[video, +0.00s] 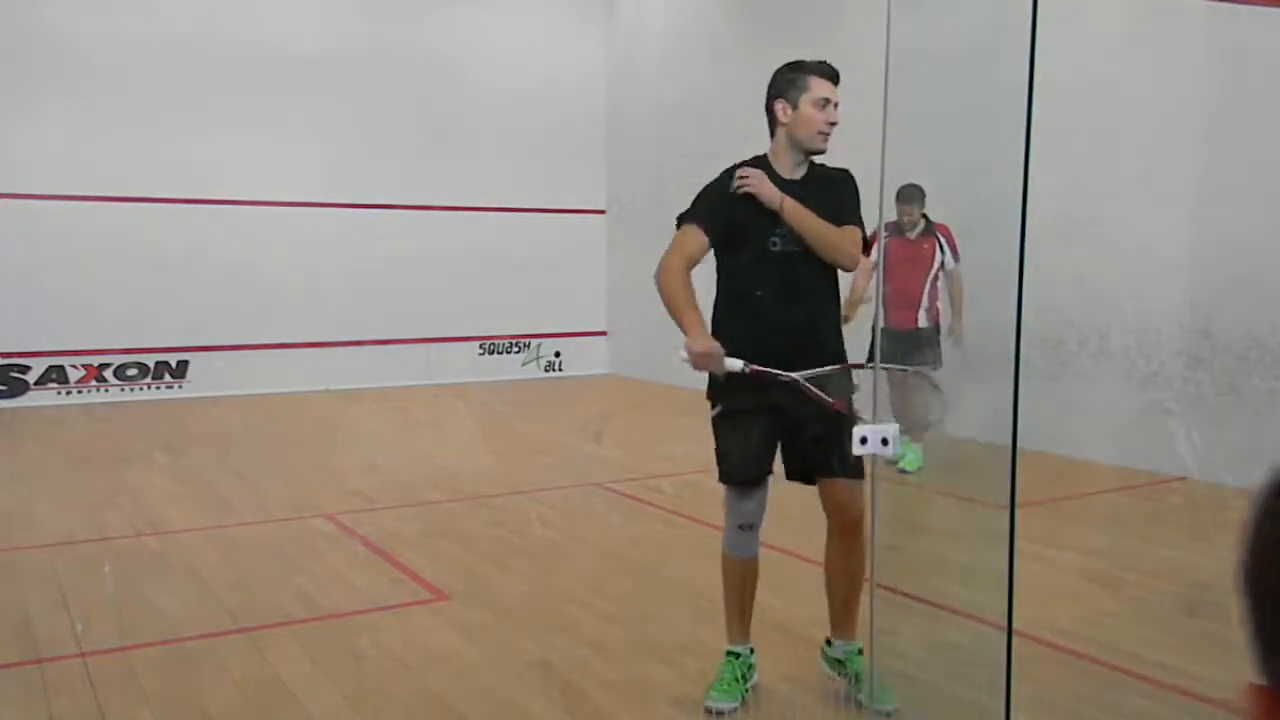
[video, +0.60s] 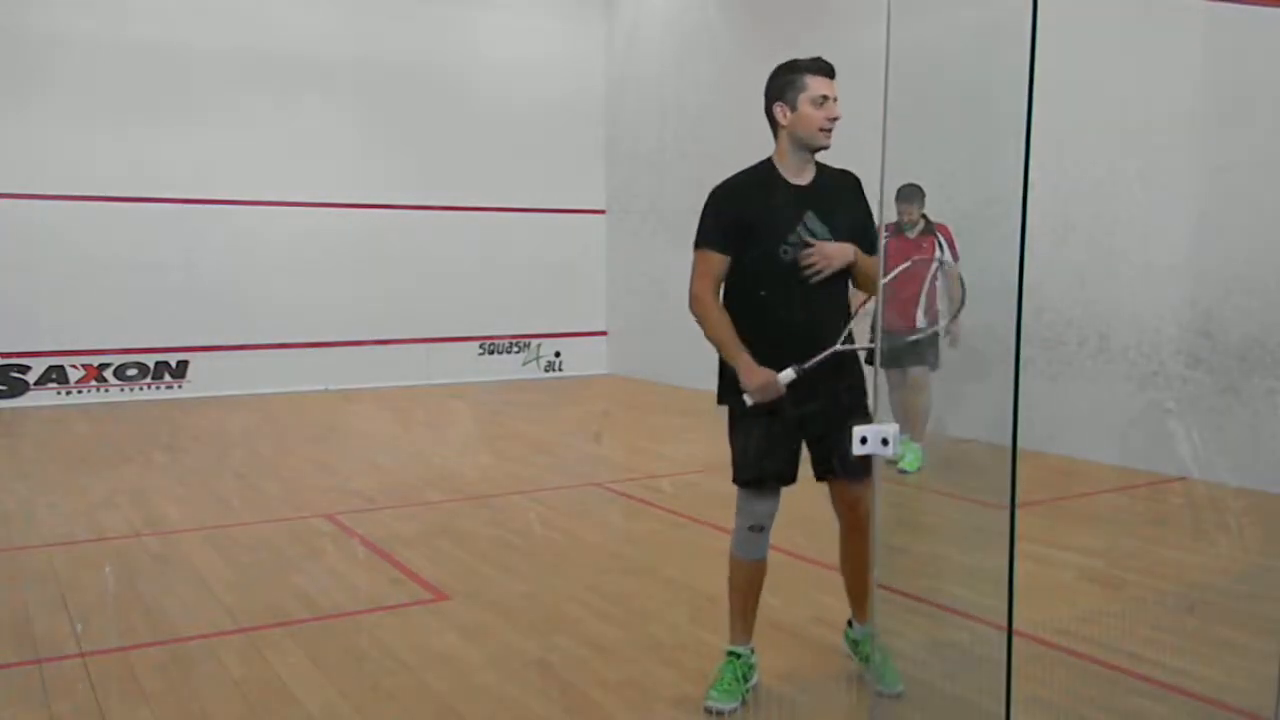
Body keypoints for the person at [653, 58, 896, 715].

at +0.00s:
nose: (833, 117)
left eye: (836, 107)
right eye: (822, 105)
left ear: (825, 117)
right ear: (781, 111)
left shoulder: (835, 184)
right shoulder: (734, 185)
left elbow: (849, 253)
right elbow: (671, 267)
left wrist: (778, 199)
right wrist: (697, 334)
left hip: (821, 373)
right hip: (745, 375)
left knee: (848, 509)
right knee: (743, 517)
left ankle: (843, 648)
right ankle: (738, 655)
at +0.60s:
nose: (834, 113)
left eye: (835, 103)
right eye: (821, 103)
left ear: (823, 114)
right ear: (782, 112)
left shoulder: (846, 190)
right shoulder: (734, 197)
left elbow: (873, 283)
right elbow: (702, 295)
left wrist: (851, 254)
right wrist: (745, 366)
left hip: (835, 373)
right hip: (761, 380)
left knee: (856, 501)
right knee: (754, 517)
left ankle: (862, 631)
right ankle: (739, 654)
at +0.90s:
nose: (901, 122)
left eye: (905, 111)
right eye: (890, 110)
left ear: (903, 120)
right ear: (851, 116)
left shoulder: (912, 196)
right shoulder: (796, 194)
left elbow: (945, 283)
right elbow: (757, 282)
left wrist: (888, 298)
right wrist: (744, 365)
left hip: (877, 380)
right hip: (801, 376)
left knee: (866, 510)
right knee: (776, 514)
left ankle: (859, 643)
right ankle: (745, 651)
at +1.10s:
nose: (902, 127)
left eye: (912, 117)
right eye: (891, 115)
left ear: (923, 124)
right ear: (864, 120)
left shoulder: (940, 202)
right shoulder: (820, 191)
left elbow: (951, 299)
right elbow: (787, 274)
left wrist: (892, 344)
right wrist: (768, 346)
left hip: (891, 382)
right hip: (817, 374)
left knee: (874, 513)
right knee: (798, 505)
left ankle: (858, 639)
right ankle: (793, 629)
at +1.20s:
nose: (877, 126)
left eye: (891, 116)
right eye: (868, 115)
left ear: (917, 122)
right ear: (858, 120)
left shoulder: (945, 202)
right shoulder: (829, 191)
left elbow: (956, 301)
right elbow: (800, 274)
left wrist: (899, 354)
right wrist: (779, 342)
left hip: (896, 378)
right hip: (827, 371)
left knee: (877, 507)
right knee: (814, 502)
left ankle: (860, 636)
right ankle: (838, 603)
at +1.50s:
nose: (836, 137)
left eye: (845, 124)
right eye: (837, 125)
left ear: (880, 126)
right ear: (871, 128)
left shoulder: (940, 198)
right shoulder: (855, 201)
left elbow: (967, 290)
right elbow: (845, 284)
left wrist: (952, 371)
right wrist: (808, 348)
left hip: (908, 375)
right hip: (857, 371)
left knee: (883, 495)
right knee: (876, 491)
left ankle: (859, 636)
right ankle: (936, 590)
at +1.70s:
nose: (837, 150)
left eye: (840, 138)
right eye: (836, 139)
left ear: (868, 136)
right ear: (870, 136)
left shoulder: (931, 194)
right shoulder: (873, 212)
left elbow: (966, 274)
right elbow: (869, 298)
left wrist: (886, 310)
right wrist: (840, 352)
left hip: (917, 368)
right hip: (885, 368)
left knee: (885, 489)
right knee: (914, 484)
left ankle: (876, 634)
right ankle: (954, 604)